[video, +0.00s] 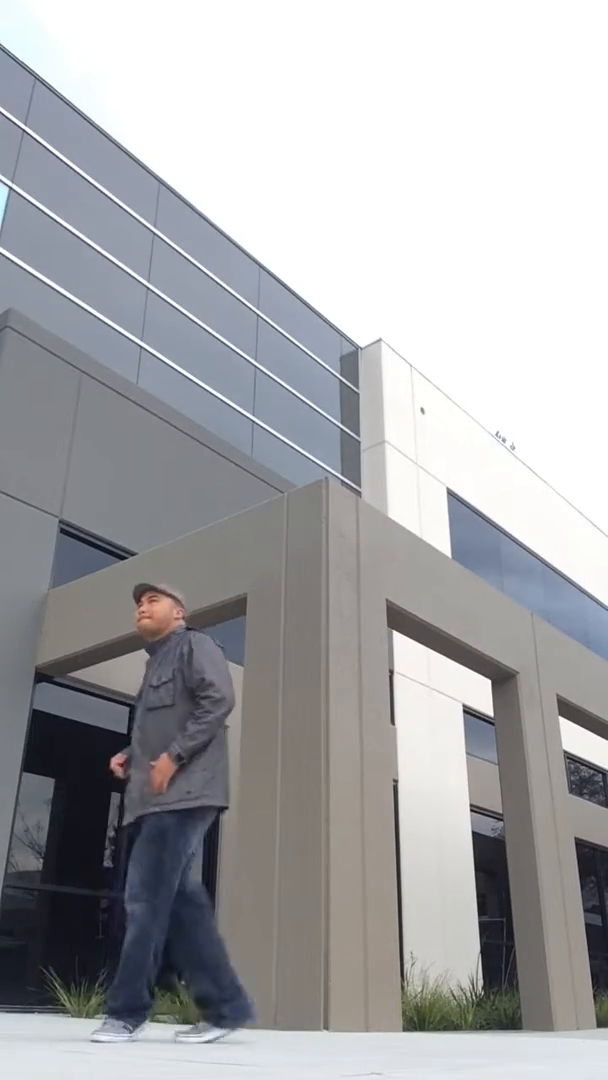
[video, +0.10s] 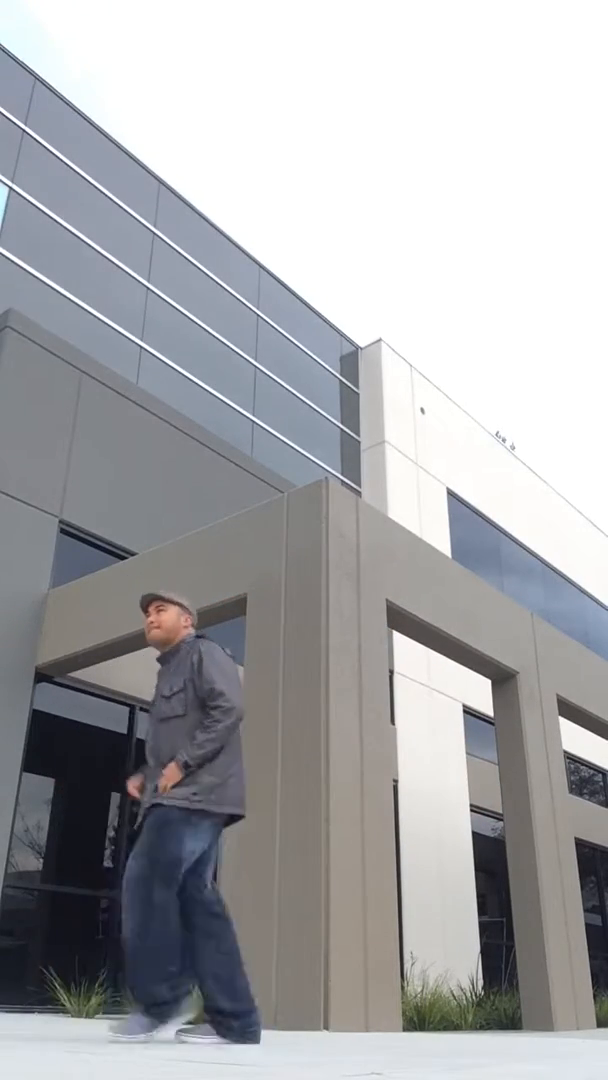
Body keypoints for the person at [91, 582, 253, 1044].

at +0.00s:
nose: (142, 609)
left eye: (152, 601)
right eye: (138, 604)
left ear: (179, 611)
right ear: (139, 619)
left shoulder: (195, 644)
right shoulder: (155, 665)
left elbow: (219, 701)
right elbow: (159, 729)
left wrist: (174, 754)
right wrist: (131, 754)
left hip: (184, 794)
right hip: (156, 797)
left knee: (146, 898)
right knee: (182, 901)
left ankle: (126, 1013)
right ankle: (229, 1009)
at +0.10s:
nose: (150, 619)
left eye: (159, 611)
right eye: (146, 615)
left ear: (187, 619)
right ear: (151, 629)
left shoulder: (204, 652)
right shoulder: (167, 672)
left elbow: (228, 709)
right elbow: (168, 742)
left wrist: (184, 763)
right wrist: (144, 775)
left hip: (196, 795)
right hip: (185, 796)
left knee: (145, 882)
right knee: (198, 900)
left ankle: (164, 1000)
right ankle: (235, 1021)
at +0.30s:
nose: (163, 609)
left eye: (172, 601)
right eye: (160, 605)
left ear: (200, 610)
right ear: (167, 618)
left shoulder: (213, 636)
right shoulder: (183, 658)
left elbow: (231, 687)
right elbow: (184, 714)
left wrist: (177, 735)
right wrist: (169, 739)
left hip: (217, 786)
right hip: (192, 792)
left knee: (207, 888)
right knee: (180, 893)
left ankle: (270, 999)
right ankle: (224, 1014)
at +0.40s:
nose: (166, 610)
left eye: (176, 602)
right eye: (164, 605)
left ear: (204, 611)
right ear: (170, 619)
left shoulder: (215, 633)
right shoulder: (187, 660)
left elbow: (231, 682)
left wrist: (176, 729)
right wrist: (173, 738)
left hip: (227, 784)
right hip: (198, 792)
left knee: (243, 892)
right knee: (167, 880)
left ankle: (281, 1011)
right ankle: (213, 999)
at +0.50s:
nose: (165, 614)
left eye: (176, 606)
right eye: (163, 609)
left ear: (204, 616)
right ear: (168, 624)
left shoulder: (214, 639)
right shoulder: (186, 667)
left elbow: (232, 692)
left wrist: (186, 751)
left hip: (235, 784)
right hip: (200, 794)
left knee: (246, 895)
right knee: (170, 894)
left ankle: (285, 1018)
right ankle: (196, 1016)